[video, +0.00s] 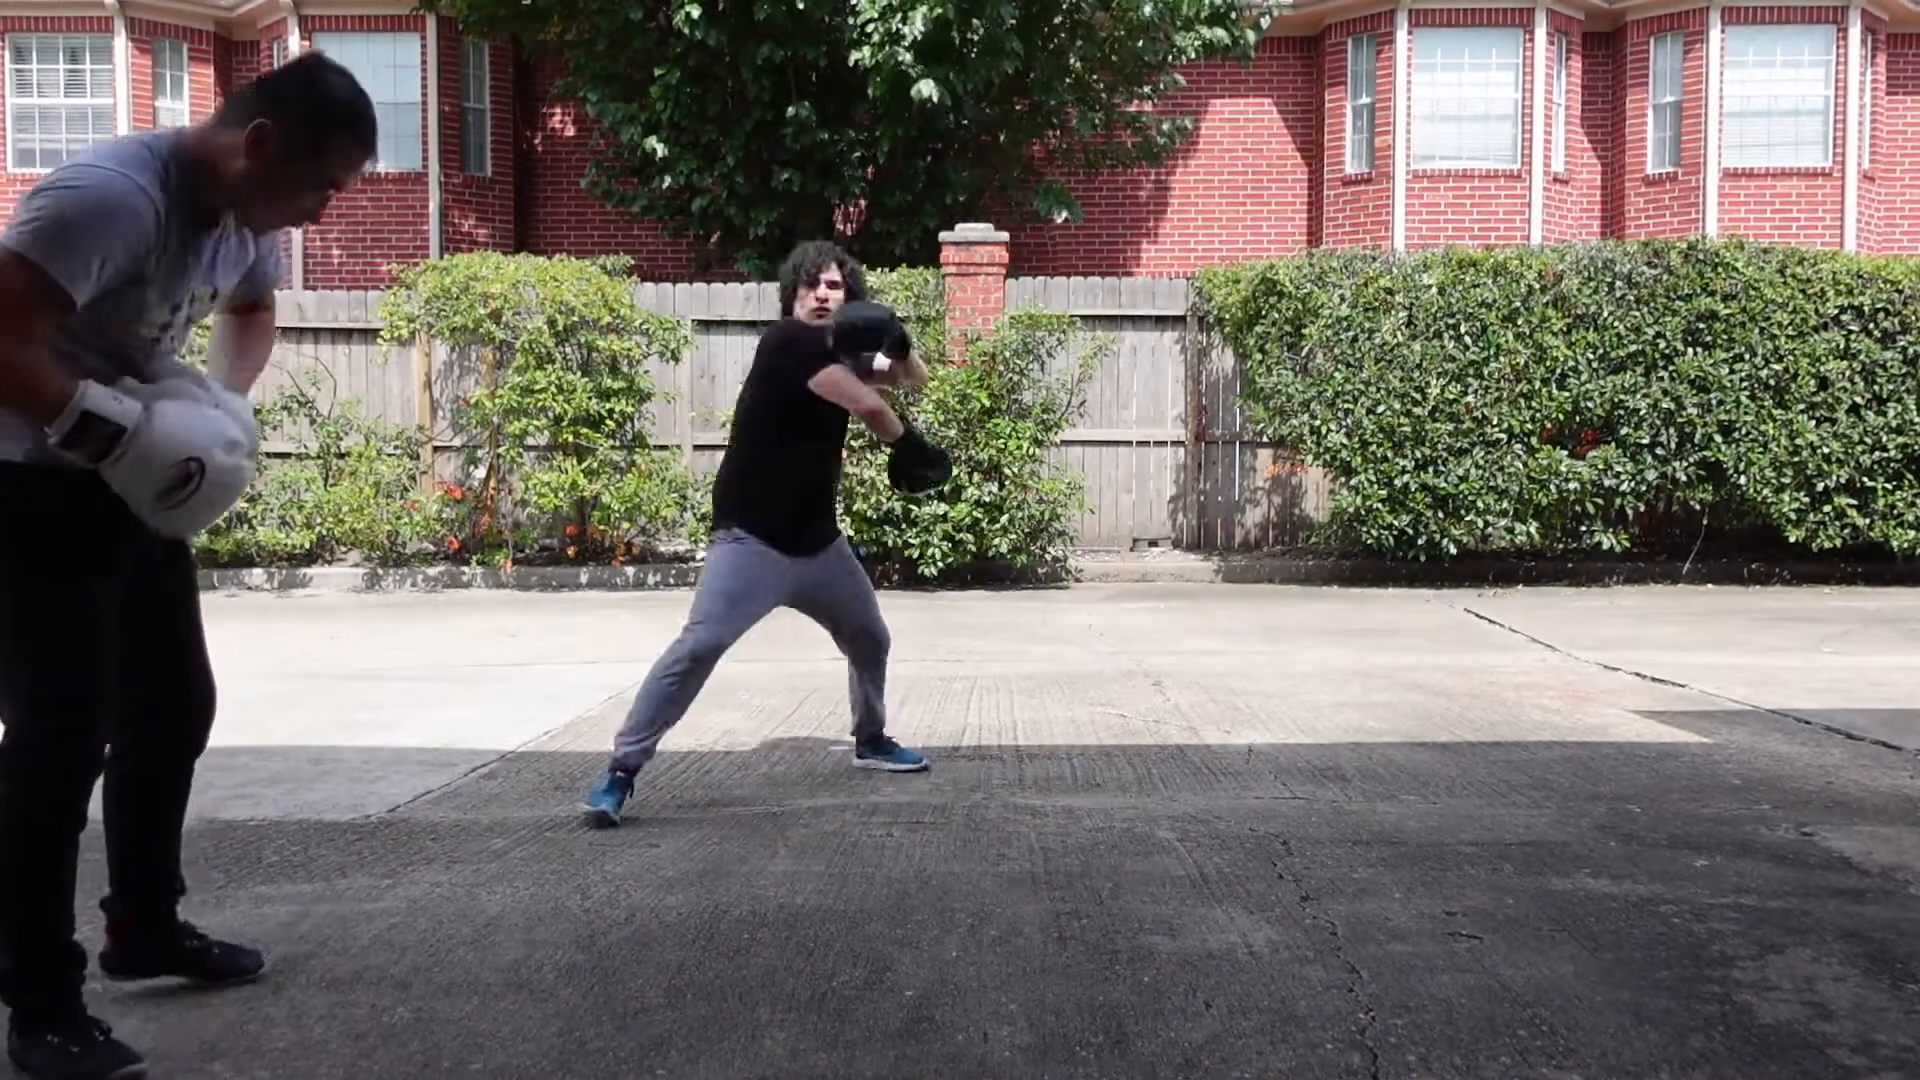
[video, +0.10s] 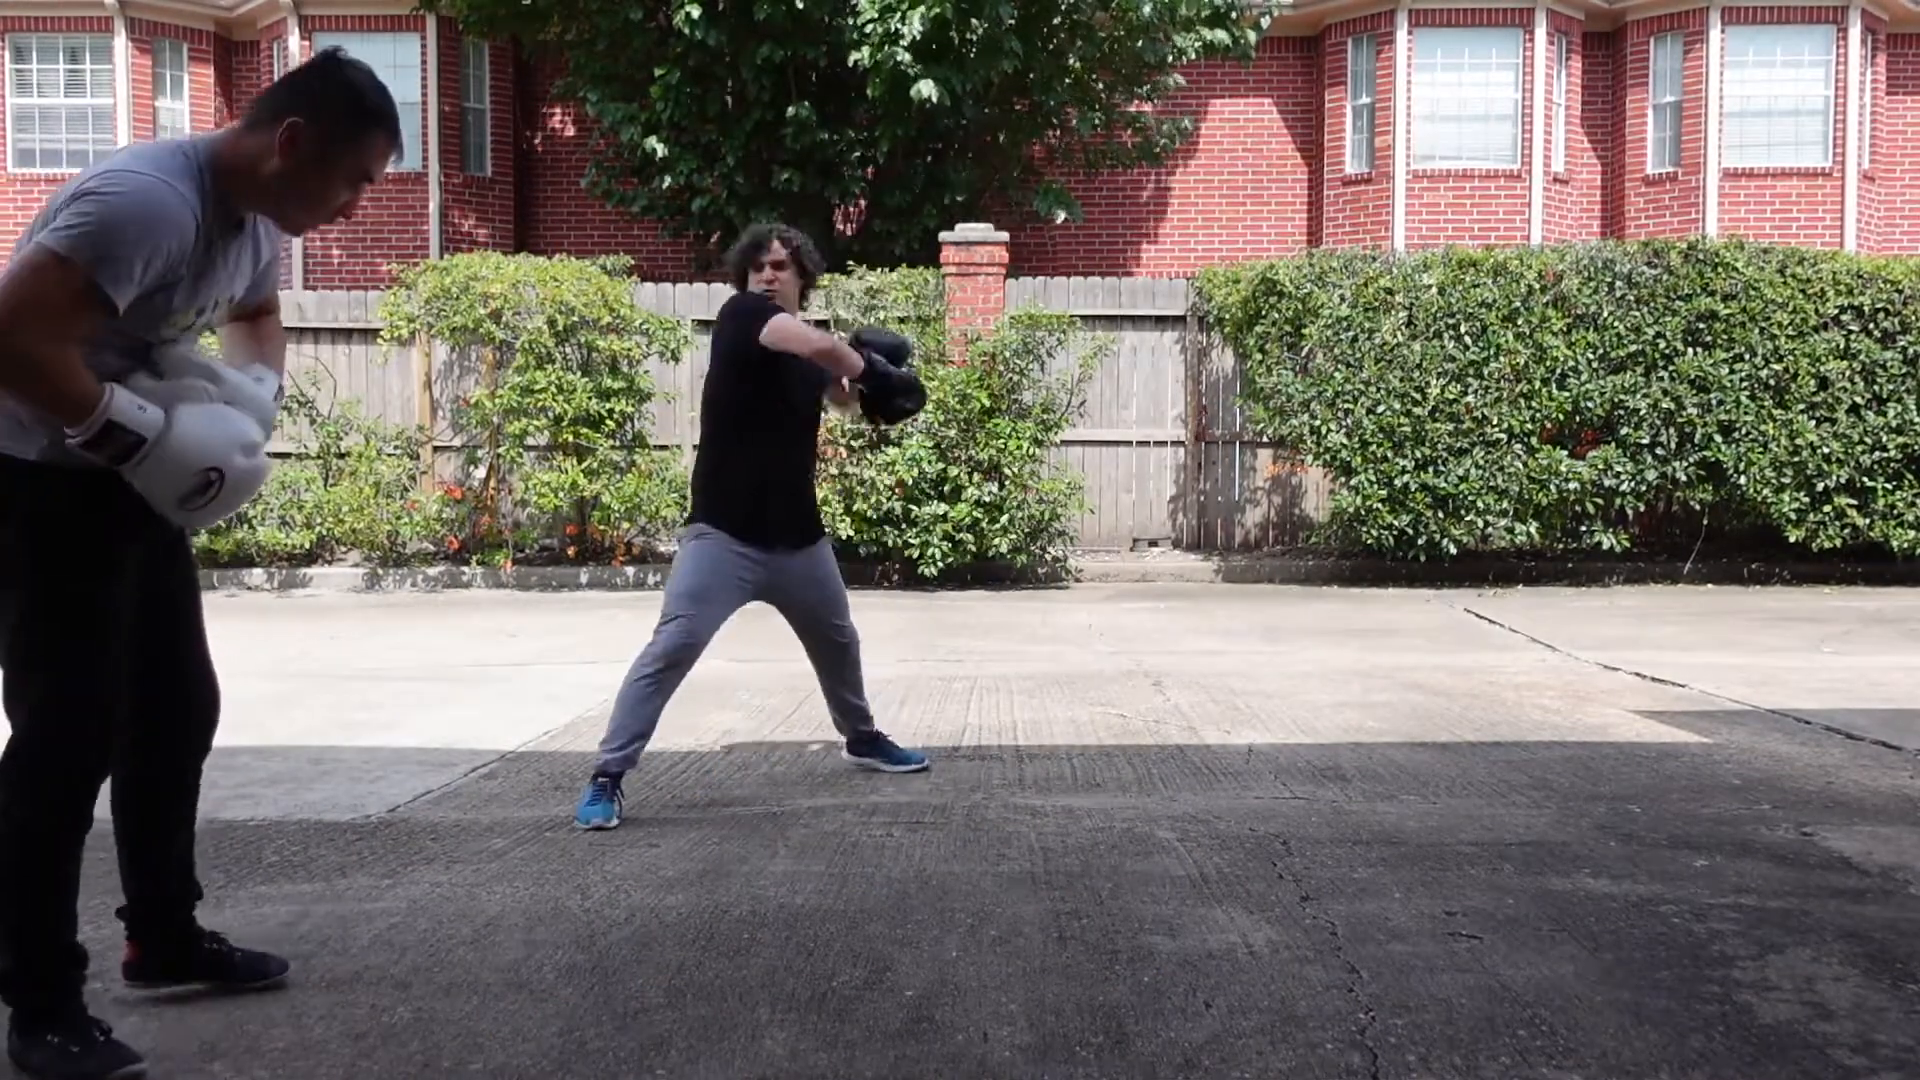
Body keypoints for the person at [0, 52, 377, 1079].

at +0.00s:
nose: (320, 212)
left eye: (332, 194)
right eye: (319, 188)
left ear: (268, 149)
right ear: (259, 142)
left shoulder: (243, 211)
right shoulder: (110, 196)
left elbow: (252, 309)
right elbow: (8, 339)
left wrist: (224, 400)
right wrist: (107, 429)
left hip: (127, 477)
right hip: (28, 476)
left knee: (170, 704)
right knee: (54, 735)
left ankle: (143, 926)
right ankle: (39, 1008)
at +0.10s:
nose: (351, 209)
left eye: (363, 191)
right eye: (352, 183)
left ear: (293, 145)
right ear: (290, 140)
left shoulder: (249, 215)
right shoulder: (144, 203)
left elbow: (257, 323)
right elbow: (21, 332)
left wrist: (245, 405)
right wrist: (131, 431)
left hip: (126, 479)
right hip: (36, 476)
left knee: (173, 709)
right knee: (63, 732)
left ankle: (164, 937)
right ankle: (40, 1011)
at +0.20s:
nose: (381, 201)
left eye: (393, 183)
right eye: (386, 178)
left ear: (329, 144)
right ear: (332, 145)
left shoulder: (273, 221)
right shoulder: (185, 208)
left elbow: (261, 336)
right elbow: (47, 347)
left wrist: (255, 421)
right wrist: (175, 429)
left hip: (131, 482)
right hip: (44, 480)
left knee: (184, 717)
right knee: (79, 733)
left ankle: (218, 944)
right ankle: (43, 1012)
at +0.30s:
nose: (412, 188)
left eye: (421, 164)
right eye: (413, 161)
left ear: (351, 139)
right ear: (362, 142)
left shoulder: (277, 215)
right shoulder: (233, 207)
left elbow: (232, 339)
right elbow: (115, 353)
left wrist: (270, 412)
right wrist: (216, 429)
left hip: (157, 490)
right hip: (88, 489)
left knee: (214, 727)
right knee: (112, 739)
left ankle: (261, 949)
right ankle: (46, 1017)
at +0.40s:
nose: (427, 184)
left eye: (436, 162)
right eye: (431, 159)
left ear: (363, 127)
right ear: (390, 136)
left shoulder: (279, 196)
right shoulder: (275, 205)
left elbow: (240, 339)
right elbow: (200, 365)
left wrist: (303, 402)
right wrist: (294, 431)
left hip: (201, 489)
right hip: (138, 492)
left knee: (265, 719)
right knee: (168, 742)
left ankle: (266, 946)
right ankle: (52, 1000)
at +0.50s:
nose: (438, 193)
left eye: (447, 175)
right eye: (446, 169)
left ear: (382, 118)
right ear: (418, 133)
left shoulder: (281, 175)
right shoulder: (311, 197)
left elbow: (255, 350)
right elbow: (273, 360)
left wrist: (345, 411)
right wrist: (354, 430)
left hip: (223, 483)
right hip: (201, 488)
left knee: (293, 713)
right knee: (255, 723)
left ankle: (268, 944)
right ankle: (99, 962)